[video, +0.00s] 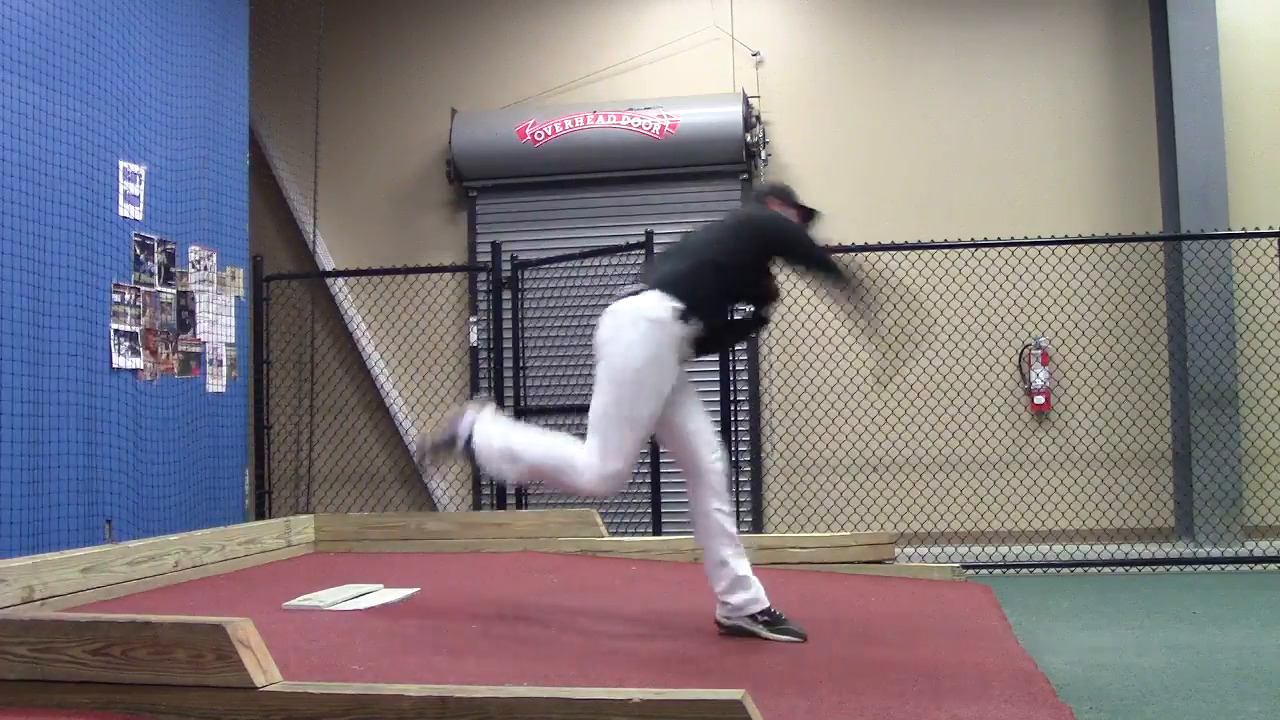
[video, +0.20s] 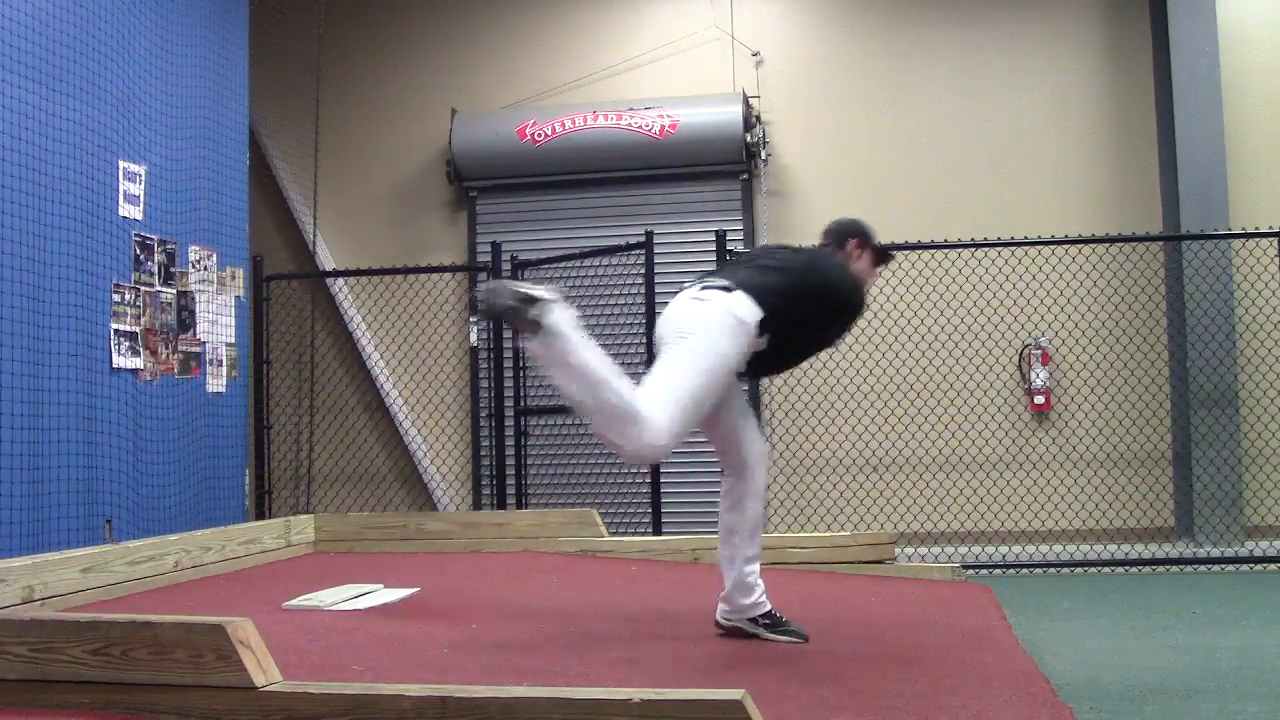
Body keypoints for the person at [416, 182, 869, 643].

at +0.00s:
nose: (804, 228)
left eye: (804, 220)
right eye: (798, 216)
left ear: (771, 215)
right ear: (772, 204)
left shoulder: (744, 269)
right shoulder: (761, 222)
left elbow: (696, 339)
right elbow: (815, 258)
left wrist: (757, 315)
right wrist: (850, 284)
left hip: (667, 351)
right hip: (646, 325)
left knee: (708, 472)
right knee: (604, 472)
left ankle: (740, 604)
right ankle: (479, 429)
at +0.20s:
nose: (872, 276)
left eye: (874, 265)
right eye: (871, 263)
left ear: (832, 248)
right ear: (852, 251)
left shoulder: (783, 258)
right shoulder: (846, 288)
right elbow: (775, 359)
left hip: (696, 326)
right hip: (721, 320)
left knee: (748, 466)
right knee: (646, 438)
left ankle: (743, 606)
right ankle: (544, 320)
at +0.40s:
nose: (918, 237)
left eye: (921, 226)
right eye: (916, 224)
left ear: (874, 212)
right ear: (893, 214)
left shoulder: (823, 232)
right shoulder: (885, 252)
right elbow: (853, 339)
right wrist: (822, 389)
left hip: (704, 311)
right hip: (758, 307)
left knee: (769, 462)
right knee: (813, 449)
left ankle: (746, 596)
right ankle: (786, 578)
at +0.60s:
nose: (926, 174)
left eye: (925, 163)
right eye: (921, 162)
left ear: (875, 164)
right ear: (895, 162)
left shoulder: (814, 210)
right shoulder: (900, 215)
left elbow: (763, 285)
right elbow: (956, 298)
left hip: (759, 352)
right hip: (822, 348)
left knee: (817, 481)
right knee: (903, 493)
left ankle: (750, 601)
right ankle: (891, 644)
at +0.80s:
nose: (911, 117)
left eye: (909, 107)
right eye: (904, 107)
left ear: (859, 112)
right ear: (876, 108)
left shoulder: (819, 170)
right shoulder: (885, 159)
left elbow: (795, 255)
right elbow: (969, 195)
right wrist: (1076, 199)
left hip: (781, 329)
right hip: (829, 325)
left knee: (836, 471)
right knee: (895, 477)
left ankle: (762, 586)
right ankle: (889, 638)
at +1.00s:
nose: (867, 102)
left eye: (865, 94)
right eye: (857, 94)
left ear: (824, 102)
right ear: (826, 100)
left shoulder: (804, 167)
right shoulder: (831, 148)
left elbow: (876, 237)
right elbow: (900, 161)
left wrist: (874, 214)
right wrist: (993, 136)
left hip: (803, 328)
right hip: (837, 325)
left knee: (843, 479)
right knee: (891, 480)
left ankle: (761, 587)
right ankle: (888, 639)